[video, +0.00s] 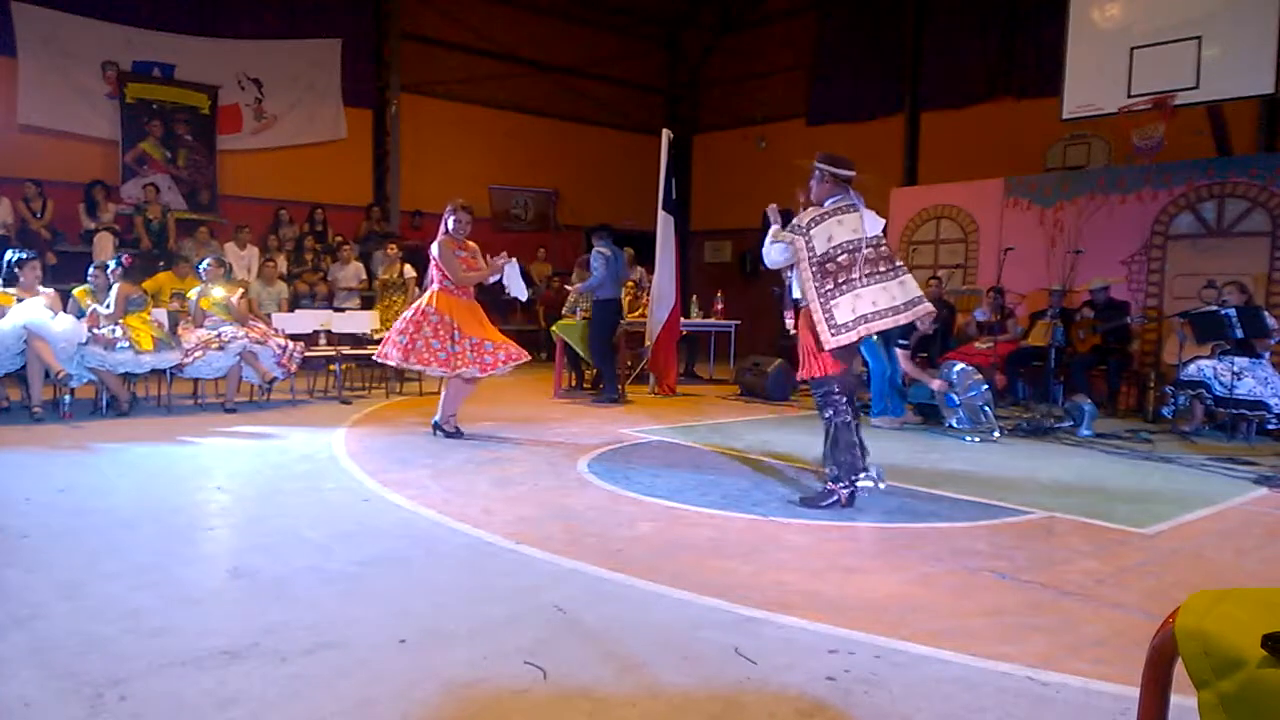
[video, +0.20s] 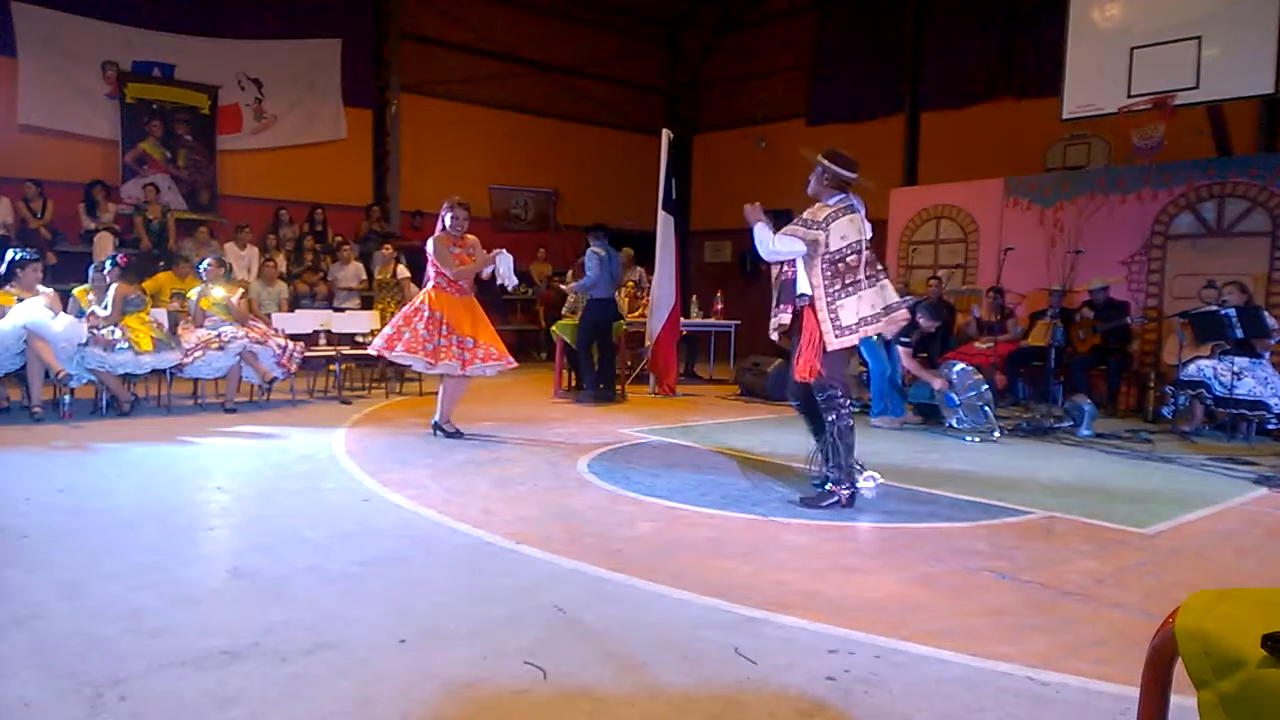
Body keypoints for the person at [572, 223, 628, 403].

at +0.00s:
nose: (593, 242)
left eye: (594, 239)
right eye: (593, 239)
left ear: (598, 239)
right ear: (609, 238)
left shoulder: (598, 252)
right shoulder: (619, 253)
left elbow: (600, 275)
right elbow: (624, 275)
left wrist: (580, 288)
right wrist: (609, 282)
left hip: (602, 302)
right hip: (615, 302)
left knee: (598, 345)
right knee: (606, 345)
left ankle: (610, 389)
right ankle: (610, 387)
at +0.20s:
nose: (589, 242)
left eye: (589, 238)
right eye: (590, 238)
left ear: (591, 238)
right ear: (605, 238)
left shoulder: (592, 252)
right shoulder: (614, 254)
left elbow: (593, 275)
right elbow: (618, 278)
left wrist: (573, 287)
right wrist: (608, 288)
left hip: (595, 302)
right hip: (610, 302)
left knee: (582, 344)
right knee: (606, 345)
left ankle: (589, 387)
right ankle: (608, 386)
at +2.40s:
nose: (531, 240)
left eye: (530, 238)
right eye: (530, 238)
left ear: (514, 238)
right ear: (527, 238)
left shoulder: (503, 256)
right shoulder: (530, 251)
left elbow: (492, 279)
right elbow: (551, 260)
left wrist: (506, 289)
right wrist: (576, 261)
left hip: (508, 299)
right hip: (526, 298)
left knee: (509, 339)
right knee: (532, 340)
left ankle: (510, 383)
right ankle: (527, 379)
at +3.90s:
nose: (540, 242)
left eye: (540, 239)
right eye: (539, 239)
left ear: (527, 239)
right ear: (533, 239)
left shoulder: (515, 255)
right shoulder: (529, 253)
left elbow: (504, 280)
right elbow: (540, 266)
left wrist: (516, 290)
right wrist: (566, 267)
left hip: (515, 298)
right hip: (527, 298)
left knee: (520, 338)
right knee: (530, 339)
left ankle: (517, 377)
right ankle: (523, 378)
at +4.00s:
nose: (541, 242)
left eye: (541, 238)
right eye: (539, 238)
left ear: (526, 239)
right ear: (533, 239)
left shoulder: (514, 256)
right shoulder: (529, 252)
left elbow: (504, 280)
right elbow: (542, 267)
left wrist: (517, 289)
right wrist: (562, 258)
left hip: (515, 297)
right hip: (527, 297)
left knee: (520, 337)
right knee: (531, 339)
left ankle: (517, 376)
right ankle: (523, 378)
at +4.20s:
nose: (540, 242)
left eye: (539, 239)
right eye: (538, 239)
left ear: (527, 239)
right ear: (533, 239)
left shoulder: (515, 256)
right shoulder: (528, 253)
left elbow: (504, 280)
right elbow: (539, 266)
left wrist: (517, 290)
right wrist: (565, 264)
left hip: (514, 297)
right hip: (525, 298)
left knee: (520, 337)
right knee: (529, 338)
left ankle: (517, 376)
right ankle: (522, 378)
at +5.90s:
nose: (542, 243)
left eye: (542, 239)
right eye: (541, 239)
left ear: (529, 239)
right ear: (535, 239)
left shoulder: (518, 256)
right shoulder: (531, 253)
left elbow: (507, 281)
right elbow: (542, 269)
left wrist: (529, 287)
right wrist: (566, 274)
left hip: (518, 298)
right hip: (528, 299)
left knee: (522, 338)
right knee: (531, 339)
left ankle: (517, 376)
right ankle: (522, 378)